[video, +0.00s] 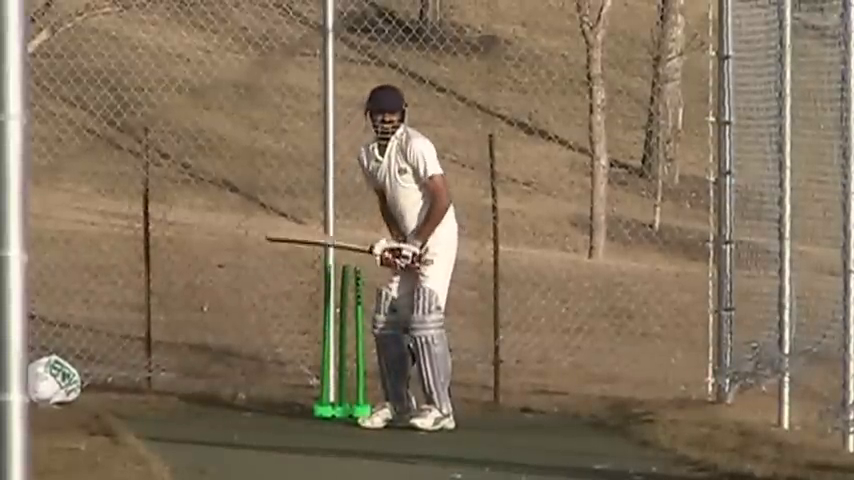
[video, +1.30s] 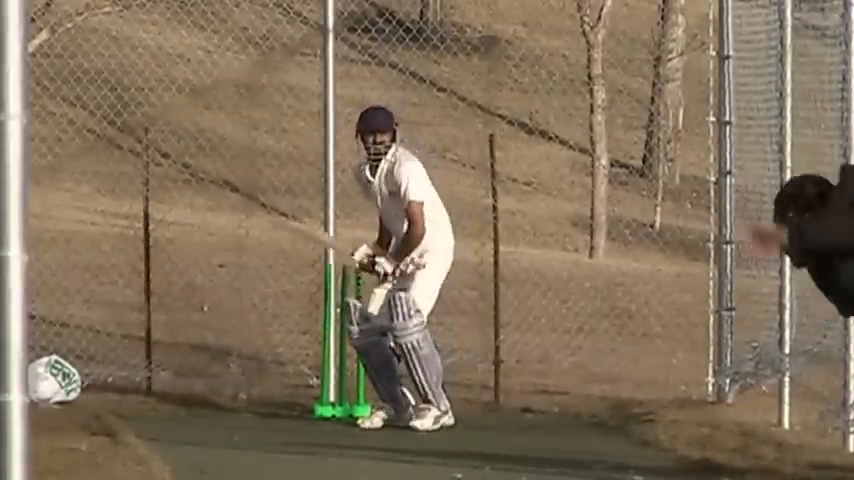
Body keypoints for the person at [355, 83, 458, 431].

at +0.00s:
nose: (385, 121)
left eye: (392, 115)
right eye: (379, 115)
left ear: (403, 116)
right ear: (369, 117)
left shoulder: (415, 146)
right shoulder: (367, 155)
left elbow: (442, 198)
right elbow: (384, 203)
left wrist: (417, 242)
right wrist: (397, 243)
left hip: (435, 241)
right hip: (405, 243)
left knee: (424, 321)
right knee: (386, 321)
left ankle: (439, 408)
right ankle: (398, 404)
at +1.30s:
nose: (375, 142)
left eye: (382, 136)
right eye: (368, 136)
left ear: (394, 136)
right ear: (360, 138)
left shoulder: (406, 168)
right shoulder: (364, 172)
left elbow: (417, 228)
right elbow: (387, 215)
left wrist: (394, 260)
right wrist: (379, 251)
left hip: (430, 254)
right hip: (399, 255)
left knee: (406, 322)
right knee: (366, 328)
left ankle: (437, 406)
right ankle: (398, 405)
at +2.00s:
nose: (456, 139)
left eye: (456, 133)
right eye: (451, 134)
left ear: (435, 133)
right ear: (434, 135)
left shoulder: (435, 152)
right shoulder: (429, 165)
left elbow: (478, 153)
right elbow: (485, 166)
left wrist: (521, 140)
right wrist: (524, 139)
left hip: (450, 251)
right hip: (423, 255)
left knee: (470, 326)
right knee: (412, 339)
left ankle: (451, 406)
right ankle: (368, 386)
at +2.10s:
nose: (482, 122)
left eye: (481, 115)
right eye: (478, 115)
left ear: (447, 116)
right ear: (465, 117)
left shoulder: (428, 140)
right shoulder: (463, 151)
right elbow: (499, 146)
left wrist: (498, 109)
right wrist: (502, 112)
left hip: (450, 246)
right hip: (431, 247)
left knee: (473, 326)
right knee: (422, 339)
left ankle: (448, 404)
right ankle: (365, 380)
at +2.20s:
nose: (492, 112)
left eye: (491, 107)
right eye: (490, 107)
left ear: (457, 109)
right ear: (482, 110)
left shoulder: (437, 135)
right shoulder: (485, 143)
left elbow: (459, 131)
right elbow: (496, 139)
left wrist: (454, 98)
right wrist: (461, 101)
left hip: (442, 238)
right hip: (444, 240)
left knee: (471, 324)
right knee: (440, 329)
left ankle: (441, 405)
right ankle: (376, 392)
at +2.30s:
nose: (499, 107)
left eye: (498, 102)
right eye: (498, 103)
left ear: (461, 101)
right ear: (492, 105)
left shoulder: (436, 132)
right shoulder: (496, 139)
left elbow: (422, 169)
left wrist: (430, 125)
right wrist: (449, 116)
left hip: (429, 229)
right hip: (455, 232)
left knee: (460, 318)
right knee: (445, 320)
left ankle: (438, 402)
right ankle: (400, 395)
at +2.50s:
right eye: (493, 103)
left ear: (460, 102)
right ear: (493, 106)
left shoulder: (438, 132)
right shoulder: (501, 138)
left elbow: (394, 171)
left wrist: (392, 140)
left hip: (435, 227)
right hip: (477, 231)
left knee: (440, 317)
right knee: (476, 313)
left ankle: (437, 400)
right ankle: (473, 371)